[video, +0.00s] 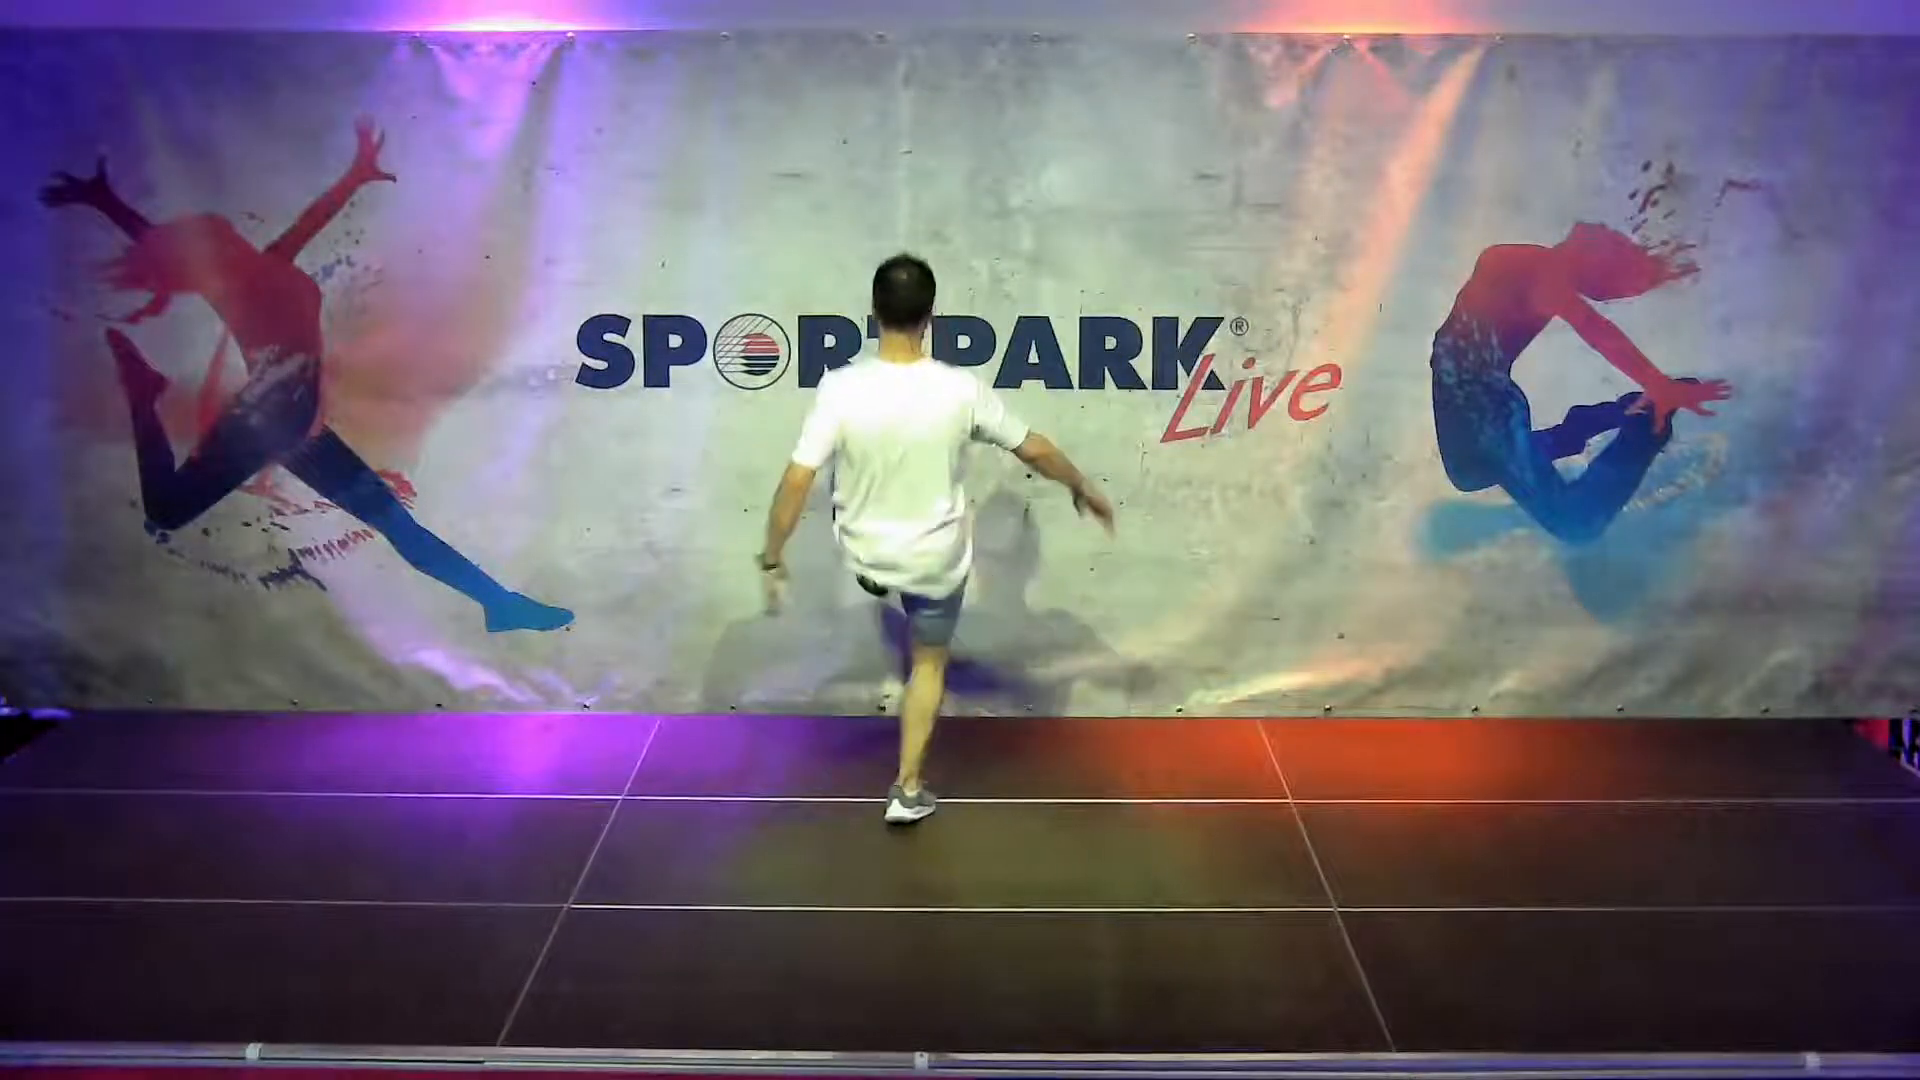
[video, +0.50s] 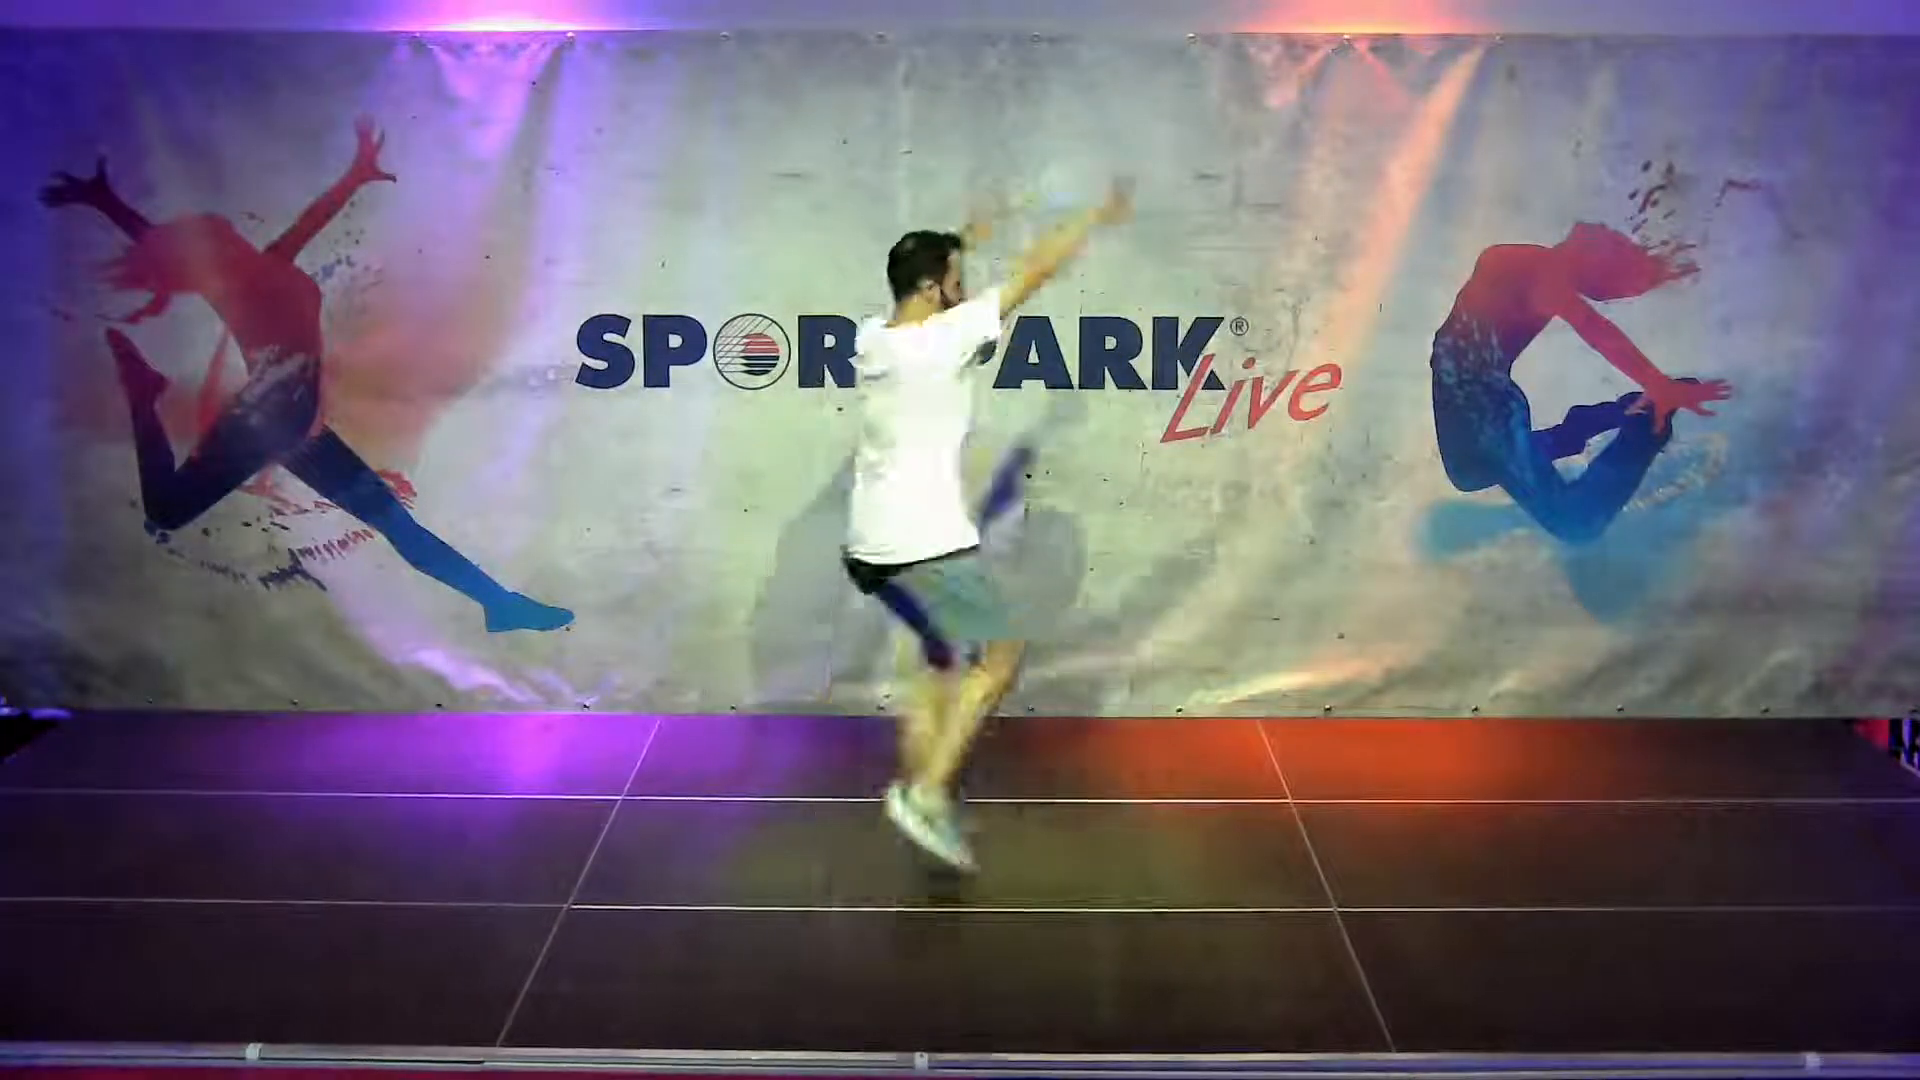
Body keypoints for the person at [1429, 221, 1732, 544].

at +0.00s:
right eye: (1608, 280)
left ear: (1588, 243)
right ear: (1592, 239)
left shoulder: (1546, 280)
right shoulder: (1536, 266)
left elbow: (1596, 329)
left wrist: (1657, 383)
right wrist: (1648, 271)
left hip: (1487, 400)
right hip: (1454, 388)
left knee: (1575, 524)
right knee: (1468, 474)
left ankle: (1647, 426)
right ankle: (1570, 436)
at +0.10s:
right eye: (1608, 280)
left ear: (1588, 243)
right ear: (1592, 239)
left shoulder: (1546, 280)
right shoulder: (1536, 266)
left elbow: (1596, 329)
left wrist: (1657, 383)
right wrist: (1648, 271)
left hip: (1487, 400)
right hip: (1454, 388)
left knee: (1575, 524)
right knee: (1468, 474)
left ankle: (1647, 426)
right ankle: (1570, 436)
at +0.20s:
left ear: (1589, 244)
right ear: (1592, 238)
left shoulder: (1547, 281)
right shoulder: (1535, 265)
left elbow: (1596, 329)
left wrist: (1657, 383)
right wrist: (1648, 271)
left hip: (1486, 401)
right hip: (1455, 390)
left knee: (1575, 524)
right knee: (1467, 474)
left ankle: (1647, 426)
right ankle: (1570, 437)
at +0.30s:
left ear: (1589, 244)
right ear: (1592, 238)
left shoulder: (1547, 281)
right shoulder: (1535, 265)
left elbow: (1596, 329)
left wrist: (1657, 383)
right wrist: (1648, 271)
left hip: (1486, 401)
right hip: (1455, 390)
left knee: (1575, 524)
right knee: (1467, 474)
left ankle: (1647, 426)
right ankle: (1570, 437)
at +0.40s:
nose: (1599, 231)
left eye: (1604, 245)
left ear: (1589, 245)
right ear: (1592, 237)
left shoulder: (1547, 281)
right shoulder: (1536, 265)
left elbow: (1596, 329)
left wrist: (1657, 383)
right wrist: (1648, 272)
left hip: (1486, 401)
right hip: (1455, 390)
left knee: (1575, 524)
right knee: (1467, 474)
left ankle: (1647, 426)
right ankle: (1570, 437)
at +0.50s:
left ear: (1588, 243)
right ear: (1591, 238)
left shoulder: (1546, 280)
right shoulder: (1537, 265)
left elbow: (1596, 330)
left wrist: (1657, 383)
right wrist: (1648, 271)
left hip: (1486, 400)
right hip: (1454, 388)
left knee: (1575, 524)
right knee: (1468, 474)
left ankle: (1647, 426)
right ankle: (1570, 437)